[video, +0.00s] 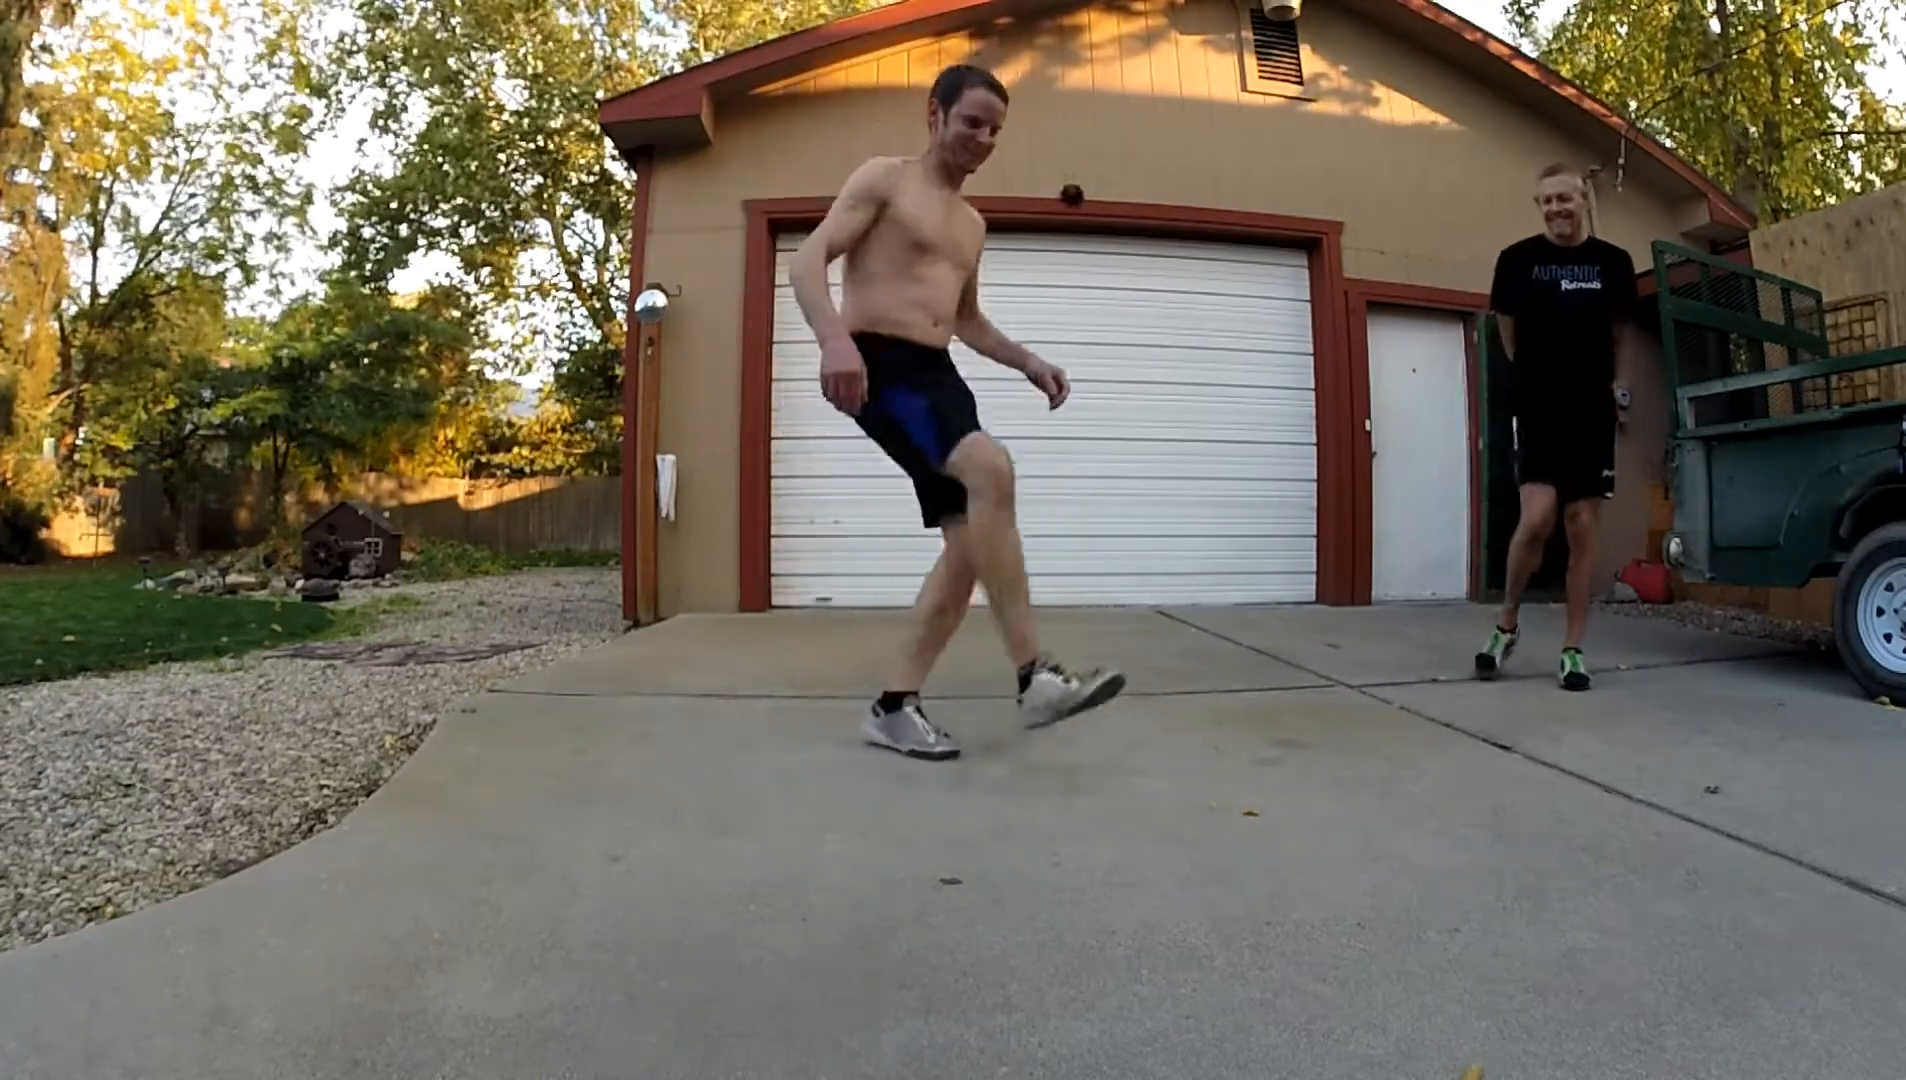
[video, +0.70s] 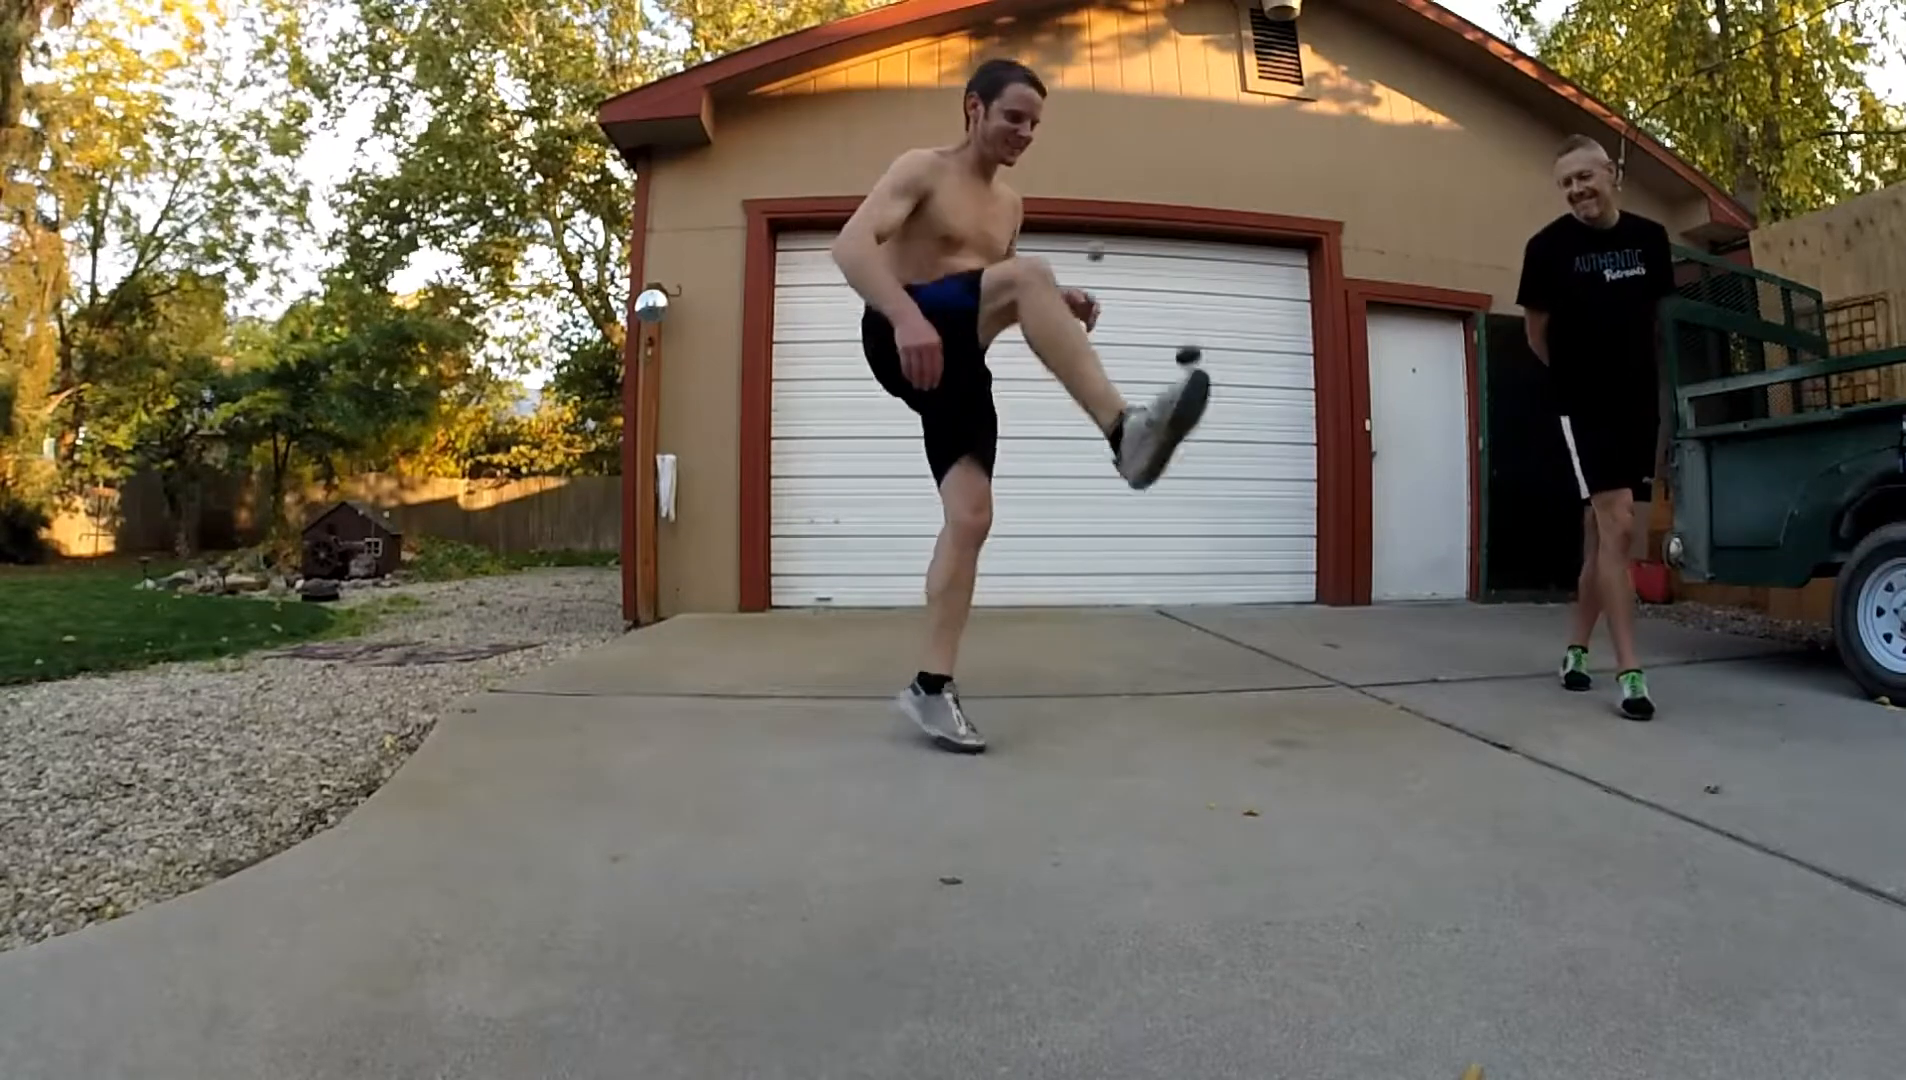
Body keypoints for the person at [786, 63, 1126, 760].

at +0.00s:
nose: (985, 139)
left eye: (995, 129)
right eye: (974, 122)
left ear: (1001, 136)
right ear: (936, 114)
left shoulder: (972, 225)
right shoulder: (883, 177)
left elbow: (967, 318)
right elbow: (806, 262)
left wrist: (1029, 361)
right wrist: (833, 340)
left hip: (935, 370)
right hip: (879, 362)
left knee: (967, 544)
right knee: (990, 470)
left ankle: (896, 704)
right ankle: (1033, 676)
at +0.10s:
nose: (994, 138)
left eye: (1005, 128)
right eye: (983, 121)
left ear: (1010, 132)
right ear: (947, 111)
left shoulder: (983, 213)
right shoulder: (890, 176)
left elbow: (986, 298)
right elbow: (801, 252)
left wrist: (1041, 336)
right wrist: (833, 328)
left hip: (935, 362)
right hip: (876, 346)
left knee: (954, 533)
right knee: (1013, 364)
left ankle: (895, 705)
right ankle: (1111, 546)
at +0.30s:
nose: (1010, 110)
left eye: (1019, 99)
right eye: (999, 94)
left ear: (1022, 103)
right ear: (960, 85)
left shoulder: (993, 181)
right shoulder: (906, 146)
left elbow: (973, 265)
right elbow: (818, 217)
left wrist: (1015, 320)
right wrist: (862, 276)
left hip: (944, 347)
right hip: (886, 323)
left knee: (968, 506)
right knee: (1013, 328)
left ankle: (931, 684)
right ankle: (1025, 535)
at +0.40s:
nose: (1000, 122)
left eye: (1009, 112)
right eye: (989, 107)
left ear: (1013, 119)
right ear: (951, 102)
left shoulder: (986, 200)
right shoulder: (903, 164)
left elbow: (961, 288)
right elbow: (822, 242)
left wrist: (1014, 339)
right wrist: (858, 306)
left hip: (954, 358)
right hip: (900, 347)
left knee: (976, 533)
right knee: (1010, 442)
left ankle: (919, 699)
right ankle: (1008, 652)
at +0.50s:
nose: (997, 144)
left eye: (1006, 135)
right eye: (985, 130)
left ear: (1009, 143)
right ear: (948, 129)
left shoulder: (984, 235)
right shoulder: (898, 190)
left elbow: (978, 325)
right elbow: (827, 278)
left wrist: (1040, 360)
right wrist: (856, 360)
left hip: (959, 377)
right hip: (906, 368)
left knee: (992, 551)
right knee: (1020, 476)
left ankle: (918, 702)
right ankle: (1063, 680)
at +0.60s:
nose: (1005, 150)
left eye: (1014, 140)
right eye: (994, 134)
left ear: (1017, 146)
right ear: (955, 130)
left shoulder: (995, 232)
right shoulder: (904, 192)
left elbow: (1003, 315)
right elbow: (829, 277)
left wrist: (1070, 335)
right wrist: (869, 354)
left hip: (957, 369)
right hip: (904, 355)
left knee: (987, 538)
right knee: (1042, 393)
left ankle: (918, 702)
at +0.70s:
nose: (1026, 133)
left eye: (1034, 123)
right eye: (1015, 118)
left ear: (1036, 125)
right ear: (974, 110)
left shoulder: (1008, 202)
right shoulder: (922, 169)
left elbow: (986, 284)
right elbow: (851, 246)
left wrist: (1053, 300)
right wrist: (905, 316)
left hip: (959, 357)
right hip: (900, 337)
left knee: (970, 515)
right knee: (1028, 274)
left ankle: (931, 688)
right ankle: (1124, 433)